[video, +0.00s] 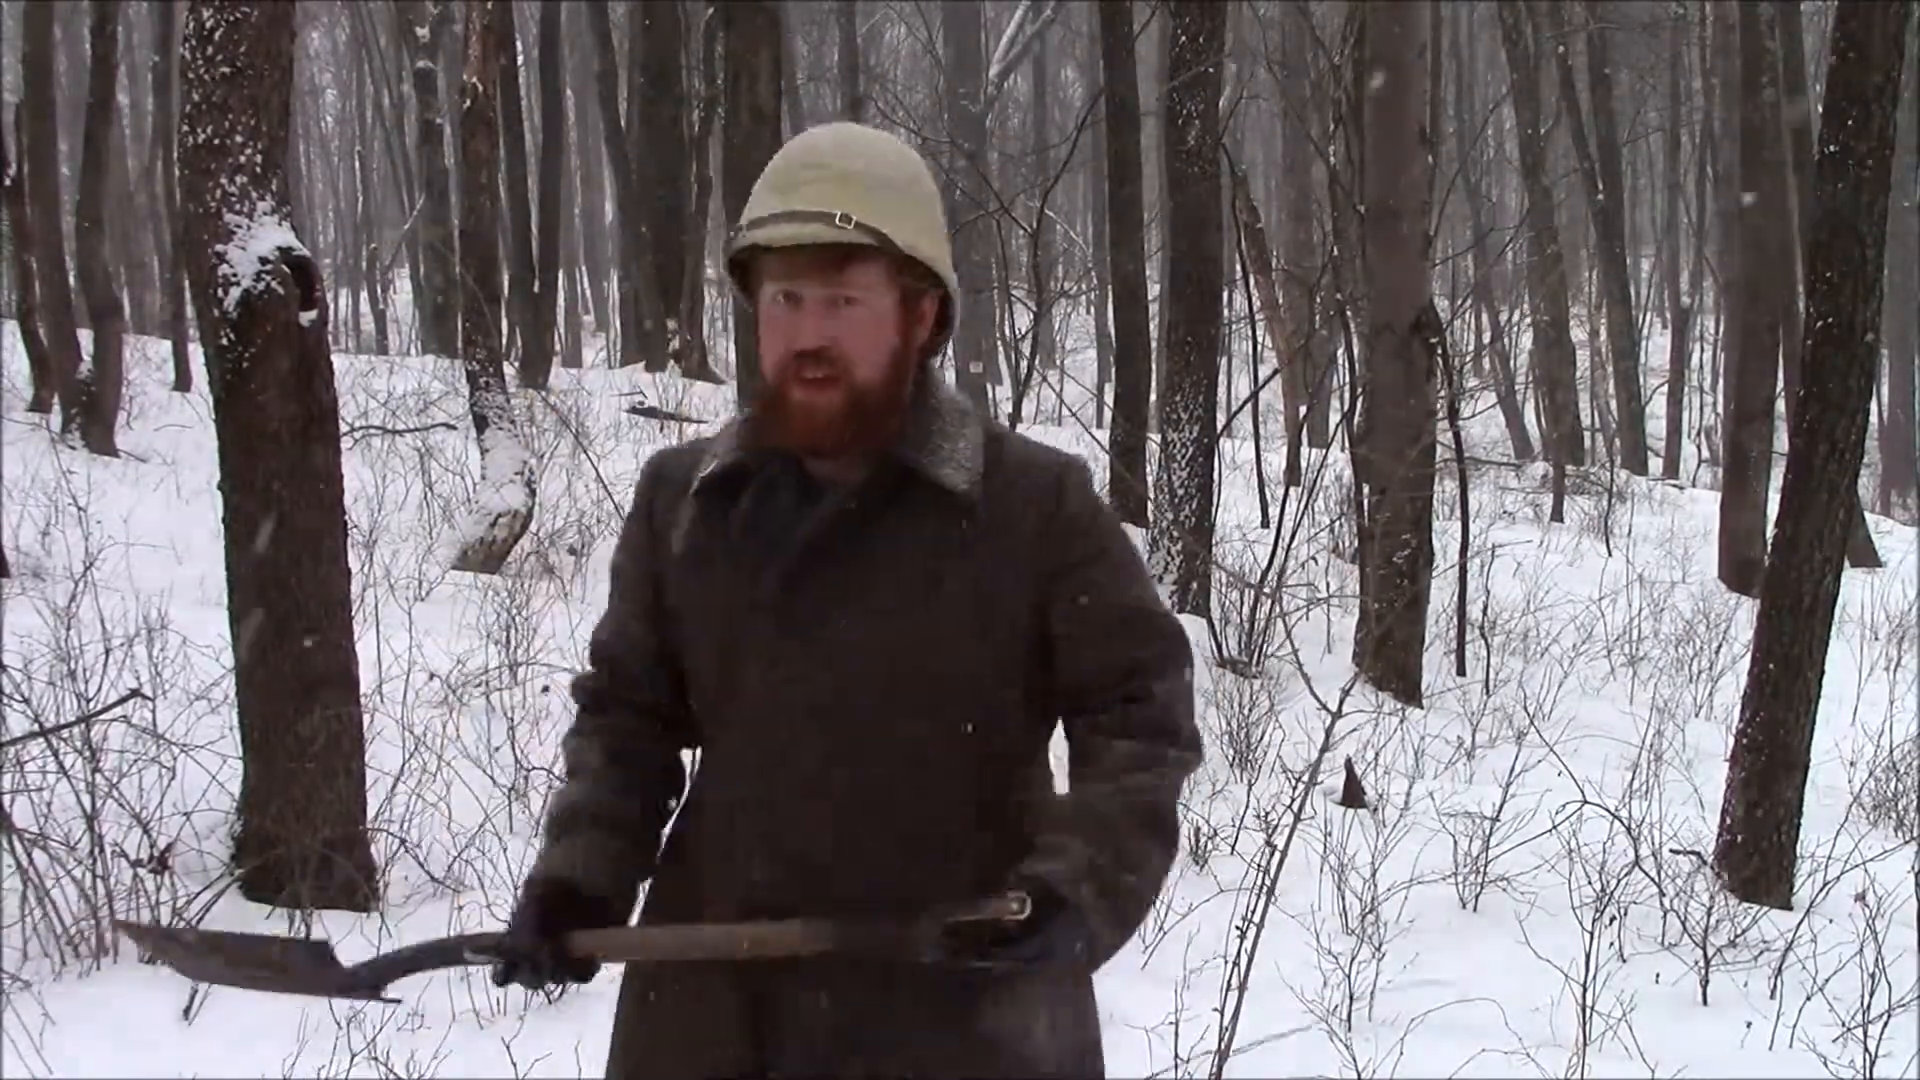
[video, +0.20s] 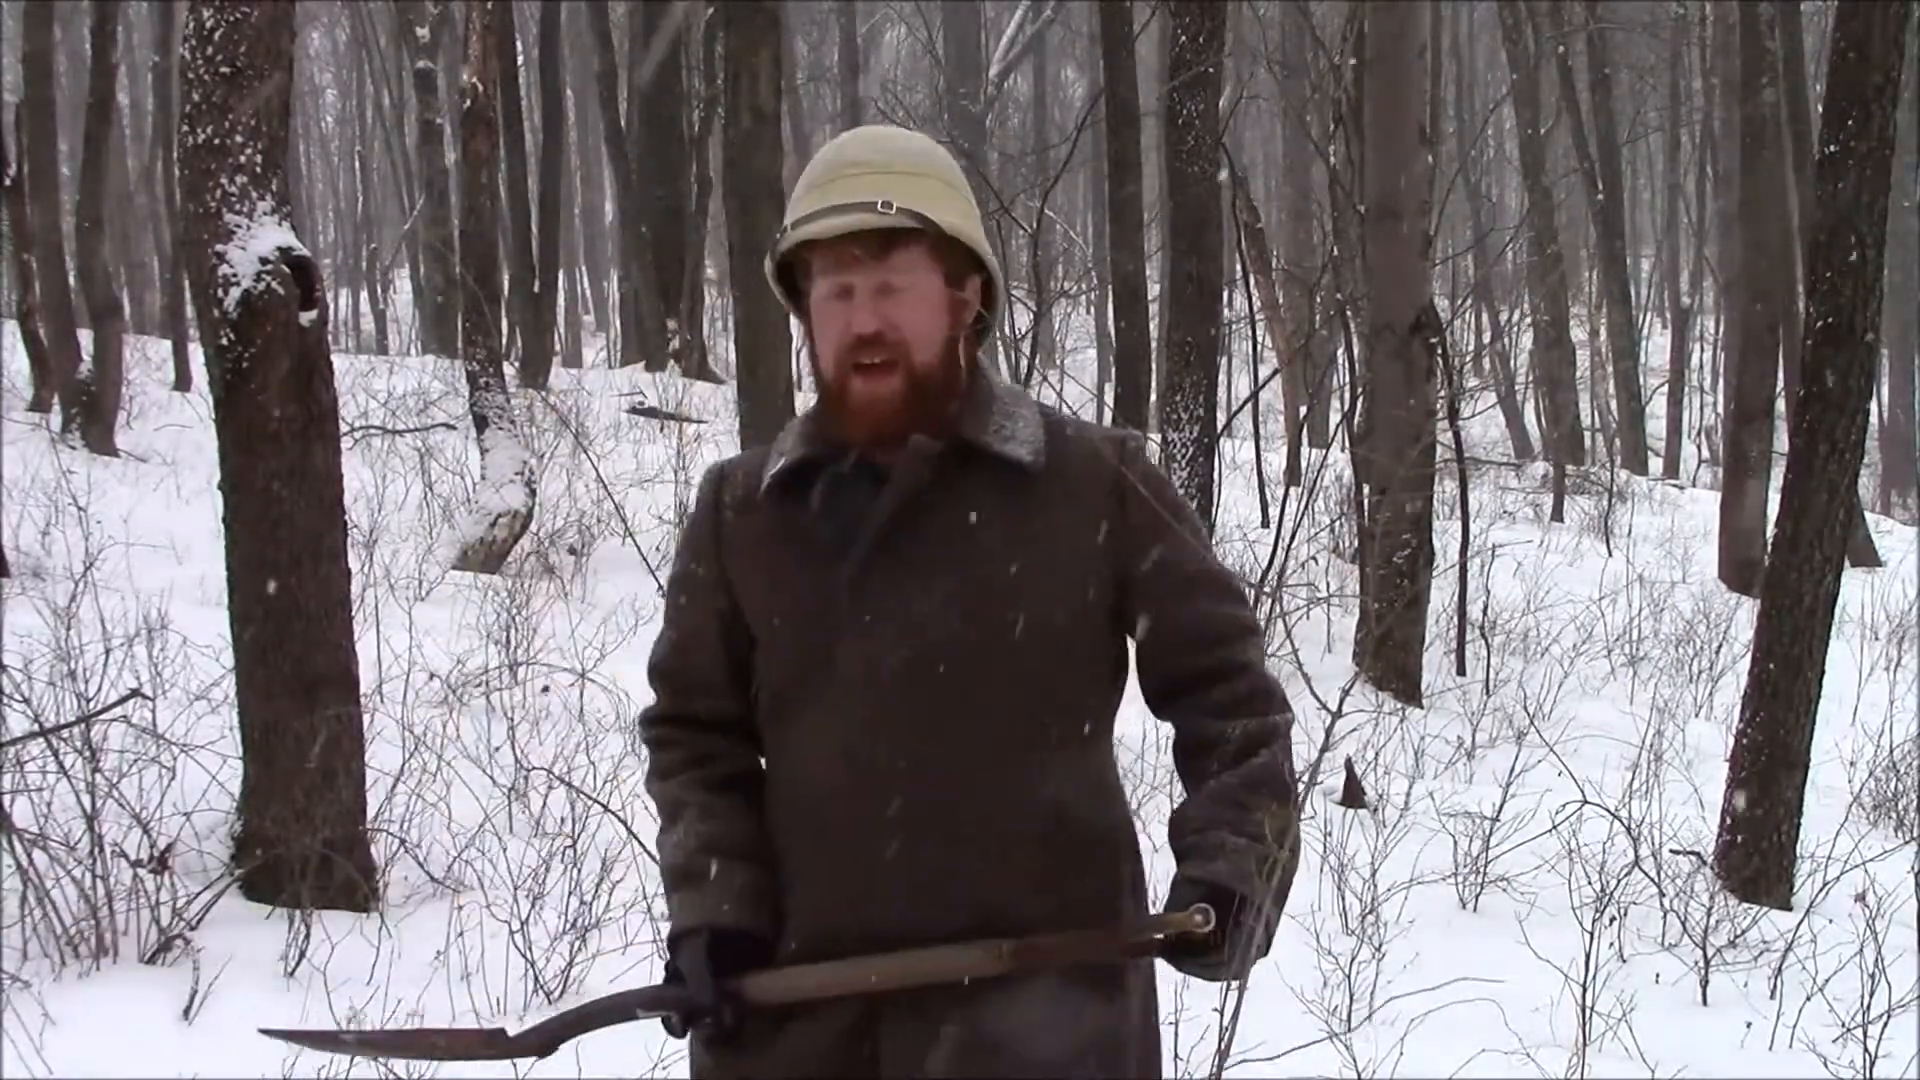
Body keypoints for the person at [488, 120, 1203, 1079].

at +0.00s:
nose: (808, 336)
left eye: (844, 298)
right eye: (784, 300)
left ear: (922, 318)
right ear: (752, 315)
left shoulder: (1034, 508)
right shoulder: (683, 500)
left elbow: (1142, 725)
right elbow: (627, 711)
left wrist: (1071, 894)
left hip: (961, 1010)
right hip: (719, 1005)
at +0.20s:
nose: (865, 321)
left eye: (892, 286)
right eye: (837, 291)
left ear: (966, 299)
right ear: (803, 315)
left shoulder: (1096, 486)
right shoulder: (738, 511)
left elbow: (1227, 693)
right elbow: (694, 735)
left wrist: (1228, 864)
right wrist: (713, 909)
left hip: (1042, 1004)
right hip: (800, 1011)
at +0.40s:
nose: (880, 320)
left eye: (908, 285)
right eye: (853, 292)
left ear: (985, 293)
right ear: (827, 317)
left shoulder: (1128, 483)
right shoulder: (774, 514)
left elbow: (1243, 690)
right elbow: (722, 726)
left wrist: (1218, 861)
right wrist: (699, 860)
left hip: (1080, 1011)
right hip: (832, 1014)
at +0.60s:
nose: (880, 329)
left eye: (906, 290)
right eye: (851, 303)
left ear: (983, 290)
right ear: (826, 328)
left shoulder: (1130, 472)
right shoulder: (782, 518)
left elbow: (1223, 644)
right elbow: (692, 712)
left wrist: (1099, 726)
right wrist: (554, 798)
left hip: (1089, 995)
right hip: (852, 1005)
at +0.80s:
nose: (865, 319)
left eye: (890, 280)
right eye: (834, 290)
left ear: (969, 283)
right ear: (808, 318)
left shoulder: (1121, 473)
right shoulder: (761, 514)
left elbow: (1232, 655)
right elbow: (709, 717)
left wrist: (1198, 778)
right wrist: (667, 822)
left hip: (1077, 1005)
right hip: (833, 1009)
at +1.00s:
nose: (858, 329)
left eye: (884, 287)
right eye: (828, 300)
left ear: (962, 289)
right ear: (799, 322)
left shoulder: (1116, 473)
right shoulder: (749, 520)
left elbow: (1230, 668)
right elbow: (701, 760)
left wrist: (1259, 827)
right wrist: (763, 955)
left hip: (1084, 1014)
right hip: (847, 1027)